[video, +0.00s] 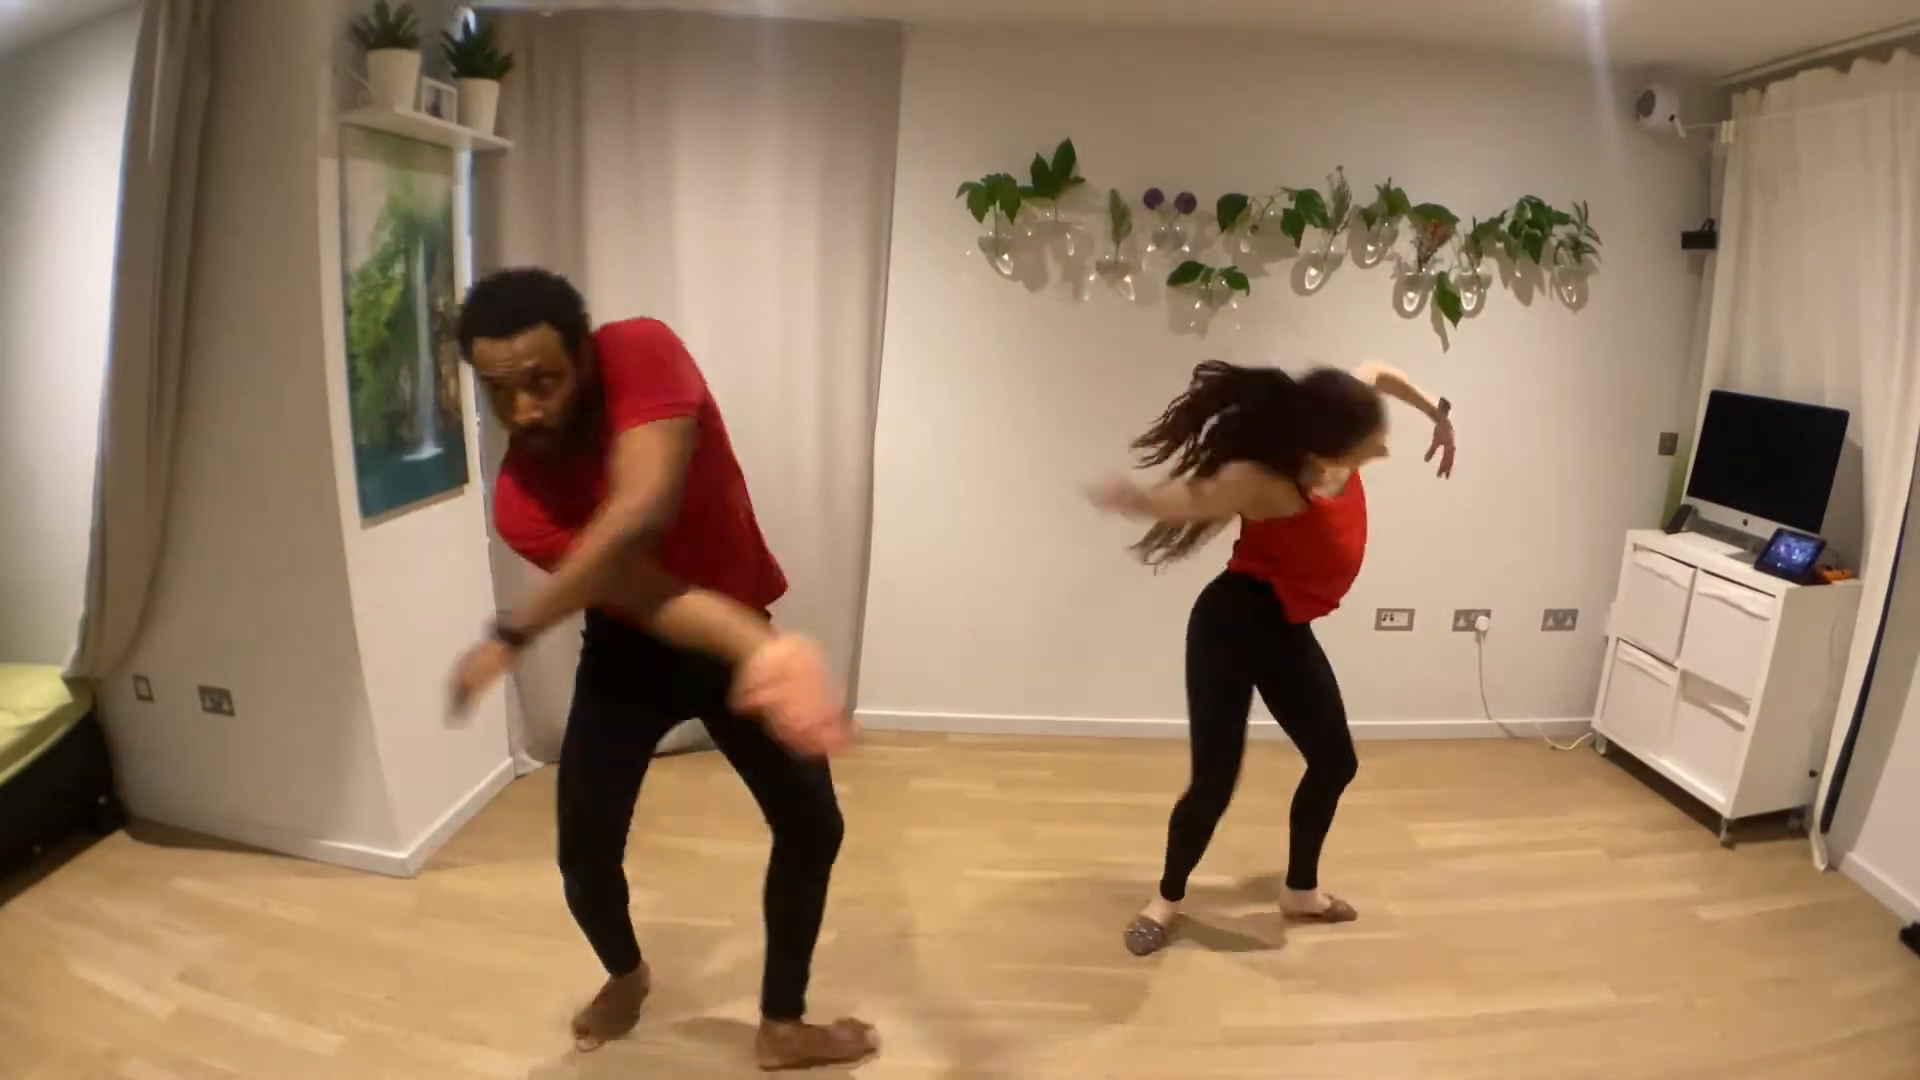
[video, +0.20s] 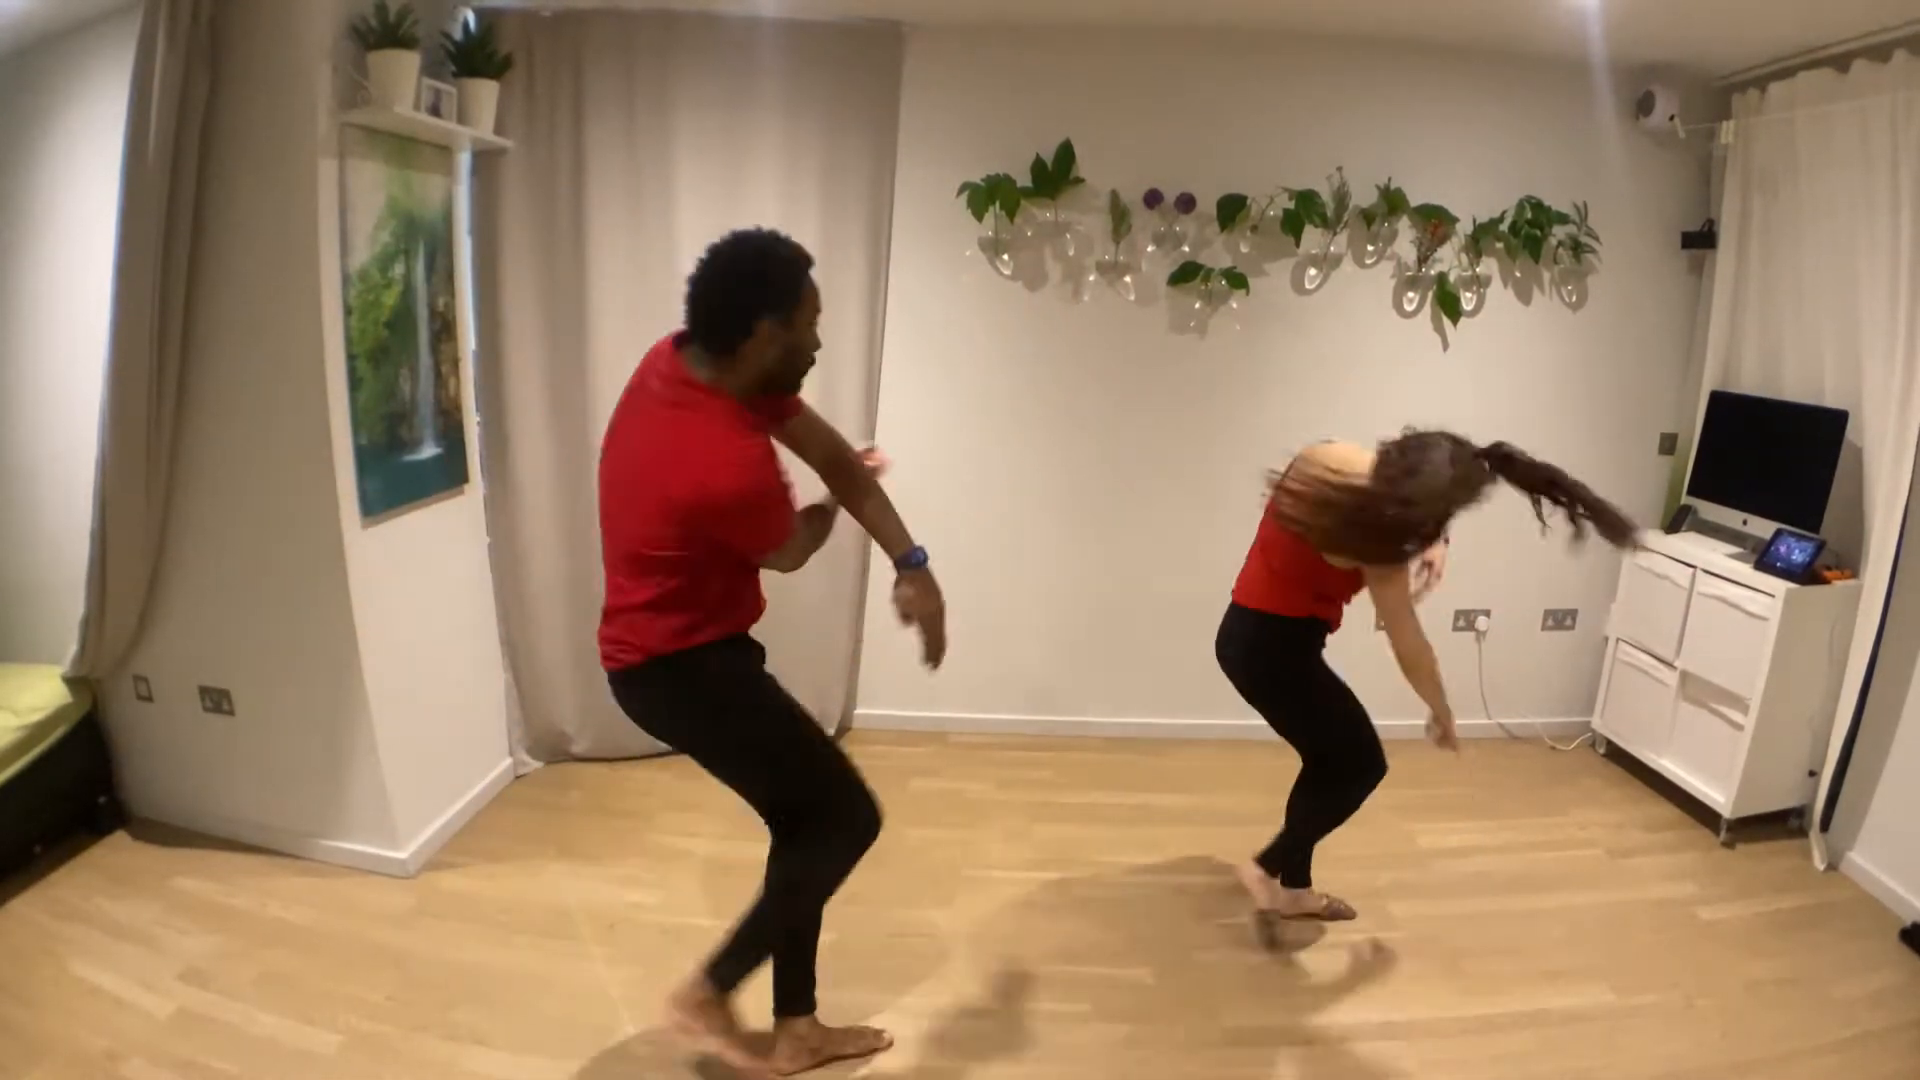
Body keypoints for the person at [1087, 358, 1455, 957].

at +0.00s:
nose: (1357, 469)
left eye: (1361, 458)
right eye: (1348, 459)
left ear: (1356, 448)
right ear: (1314, 453)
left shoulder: (1344, 444)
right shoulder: (1263, 482)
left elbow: (1377, 371)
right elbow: (1197, 498)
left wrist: (1438, 414)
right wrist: (1144, 500)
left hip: (1285, 630)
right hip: (1229, 622)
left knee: (1334, 761)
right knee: (1214, 780)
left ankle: (1301, 891)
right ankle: (1167, 897)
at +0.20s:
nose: (1441, 527)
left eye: (1450, 518)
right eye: (1439, 518)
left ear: (1402, 452)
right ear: (1418, 509)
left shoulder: (1331, 458)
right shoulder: (1378, 529)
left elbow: (1405, 477)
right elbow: (1405, 637)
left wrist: (1436, 541)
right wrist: (1440, 710)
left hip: (1246, 635)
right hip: (1276, 651)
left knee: (1327, 756)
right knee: (1363, 762)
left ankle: (1292, 886)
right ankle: (1270, 865)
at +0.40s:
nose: (1321, 432)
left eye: (1321, 424)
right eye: (1321, 425)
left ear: (1332, 421)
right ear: (1381, 416)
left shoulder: (1305, 472)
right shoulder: (1432, 480)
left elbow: (1244, 527)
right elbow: (1426, 546)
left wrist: (1282, 575)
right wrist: (1374, 562)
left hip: (1315, 656)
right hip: (1384, 657)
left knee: (1309, 760)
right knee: (1343, 733)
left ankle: (1331, 890)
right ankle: (1346, 844)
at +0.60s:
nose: (1338, 401)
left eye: (1355, 391)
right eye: (1333, 385)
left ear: (1395, 399)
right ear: (1327, 379)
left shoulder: (1363, 466)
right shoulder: (1382, 450)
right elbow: (1350, 489)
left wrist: (1291, 556)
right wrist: (1309, 492)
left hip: (1370, 640)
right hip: (1387, 628)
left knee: (1270, 747)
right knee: (1315, 729)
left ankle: (1339, 864)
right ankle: (1339, 839)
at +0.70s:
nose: (1353, 391)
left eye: (1373, 381)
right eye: (1347, 375)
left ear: (1400, 394)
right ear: (1334, 375)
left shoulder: (1394, 467)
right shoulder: (1323, 451)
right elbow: (1279, 475)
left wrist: (1354, 539)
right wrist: (1248, 472)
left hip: (1386, 634)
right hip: (1340, 624)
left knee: (1289, 759)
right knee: (1307, 738)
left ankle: (1313, 883)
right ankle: (1340, 838)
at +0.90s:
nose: (1387, 388)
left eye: (1401, 379)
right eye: (1373, 375)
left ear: (1416, 390)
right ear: (1348, 384)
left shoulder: (1426, 473)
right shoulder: (1308, 466)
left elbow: (1406, 574)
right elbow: (1297, 561)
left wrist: (1381, 554)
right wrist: (1244, 536)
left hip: (1389, 642)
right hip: (1320, 635)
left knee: (1351, 792)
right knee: (1286, 767)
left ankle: (1329, 902)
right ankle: (1338, 824)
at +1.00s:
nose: (1386, 386)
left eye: (1399, 376)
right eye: (1371, 373)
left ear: (1412, 388)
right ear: (1342, 382)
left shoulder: (1426, 472)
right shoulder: (1308, 457)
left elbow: (1427, 559)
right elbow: (1291, 545)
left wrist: (1387, 600)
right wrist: (1314, 596)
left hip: (1394, 647)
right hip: (1321, 640)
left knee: (1357, 796)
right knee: (1281, 790)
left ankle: (1332, 899)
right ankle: (1305, 825)